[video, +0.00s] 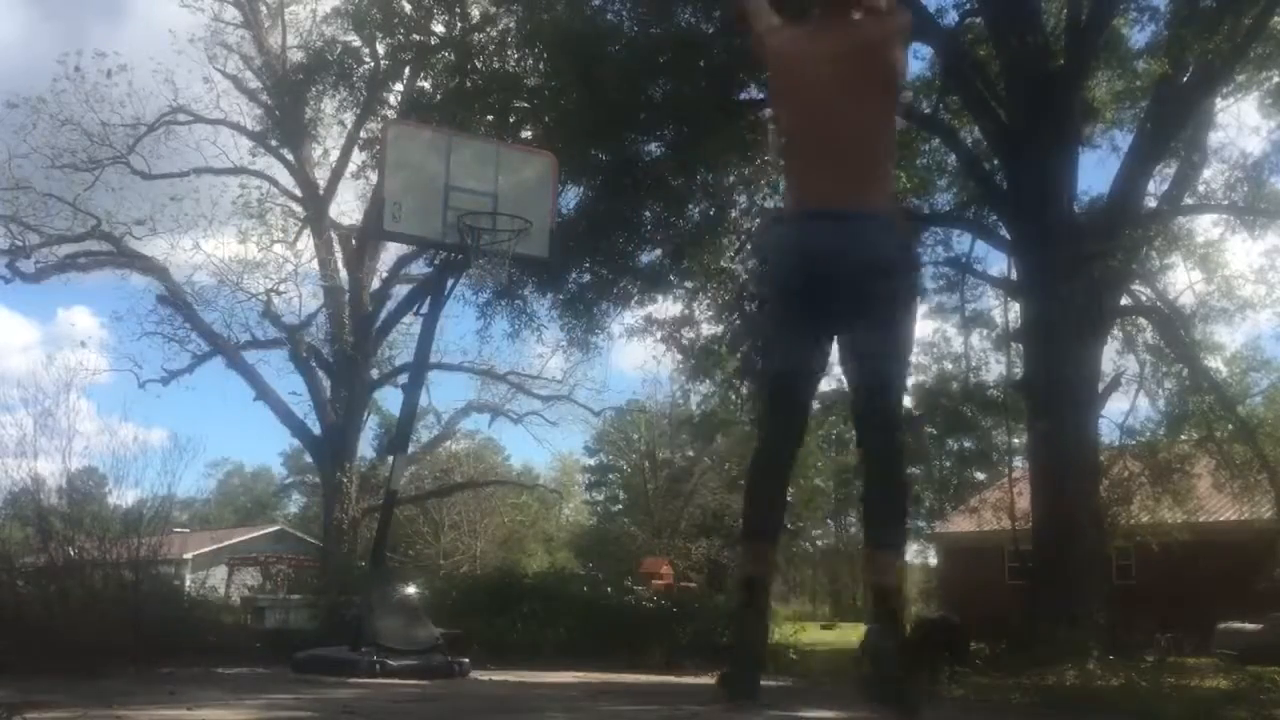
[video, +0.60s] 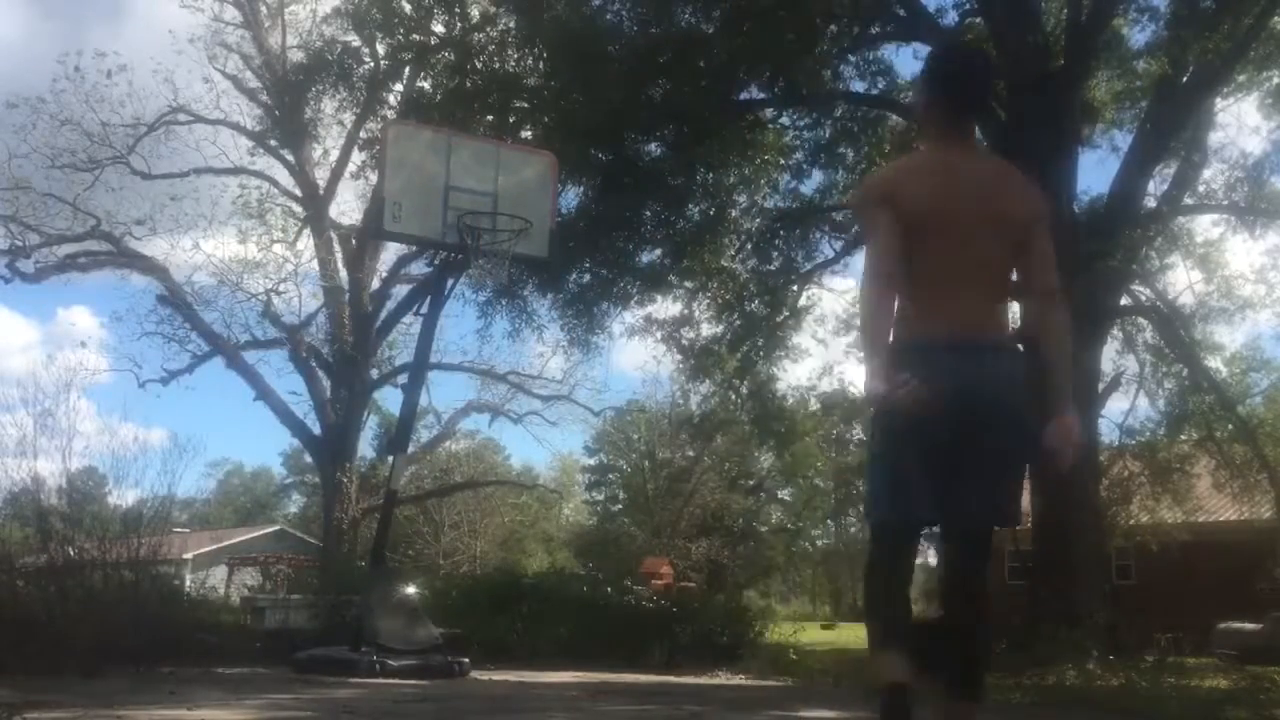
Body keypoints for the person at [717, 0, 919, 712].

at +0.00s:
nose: (878, 7)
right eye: (875, 5)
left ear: (804, 9)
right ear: (861, 6)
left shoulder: (778, 42)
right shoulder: (884, 34)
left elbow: (751, 4)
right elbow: (909, 11)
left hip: (798, 241)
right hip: (877, 241)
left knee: (777, 434)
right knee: (881, 435)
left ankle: (748, 633)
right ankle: (886, 638)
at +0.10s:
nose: (902, 34)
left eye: (890, 28)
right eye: (900, 27)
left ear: (841, 29)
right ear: (893, 30)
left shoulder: (806, 80)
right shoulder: (913, 70)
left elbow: (784, 56)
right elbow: (919, 45)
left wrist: (776, 37)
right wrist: (891, 23)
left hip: (812, 283)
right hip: (891, 282)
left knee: (783, 476)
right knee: (904, 485)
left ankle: (742, 660)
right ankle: (923, 669)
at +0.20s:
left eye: (876, 71)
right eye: (914, 77)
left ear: (863, 84)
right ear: (920, 84)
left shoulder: (823, 149)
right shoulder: (940, 141)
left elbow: (796, 135)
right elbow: (918, 89)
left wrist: (796, 103)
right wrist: (899, 33)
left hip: (829, 355)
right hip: (907, 353)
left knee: (796, 527)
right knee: (925, 534)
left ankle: (748, 685)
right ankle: (945, 690)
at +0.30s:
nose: (873, 147)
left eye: (877, 139)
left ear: (881, 144)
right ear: (942, 149)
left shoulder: (842, 219)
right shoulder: (961, 218)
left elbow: (798, 255)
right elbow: (984, 216)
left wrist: (809, 201)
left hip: (852, 418)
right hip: (927, 420)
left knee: (821, 578)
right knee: (933, 582)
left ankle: (762, 705)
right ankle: (943, 707)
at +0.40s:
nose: (903, 141)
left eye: (901, 130)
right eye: (939, 135)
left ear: (897, 133)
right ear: (956, 139)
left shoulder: (855, 221)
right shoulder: (988, 225)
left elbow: (826, 337)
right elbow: (995, 335)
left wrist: (825, 333)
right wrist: (939, 323)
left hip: (873, 416)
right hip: (954, 419)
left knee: (836, 580)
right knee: (946, 592)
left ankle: (773, 707)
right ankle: (946, 709)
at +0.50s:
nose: (906, 121)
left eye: (907, 111)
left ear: (911, 115)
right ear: (970, 119)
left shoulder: (872, 197)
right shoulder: (1005, 199)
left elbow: (860, 315)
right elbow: (1014, 310)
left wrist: (845, 408)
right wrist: (998, 388)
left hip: (894, 385)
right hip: (976, 389)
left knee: (863, 555)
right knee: (953, 563)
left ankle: (812, 699)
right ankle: (949, 704)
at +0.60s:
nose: (917, 105)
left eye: (920, 96)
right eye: (925, 96)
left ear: (924, 102)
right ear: (984, 105)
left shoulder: (891, 185)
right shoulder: (1021, 191)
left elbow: (880, 280)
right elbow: (1047, 300)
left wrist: (877, 368)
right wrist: (1065, 402)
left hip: (918, 369)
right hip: (998, 374)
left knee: (892, 538)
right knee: (970, 545)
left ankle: (895, 671)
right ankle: (963, 695)